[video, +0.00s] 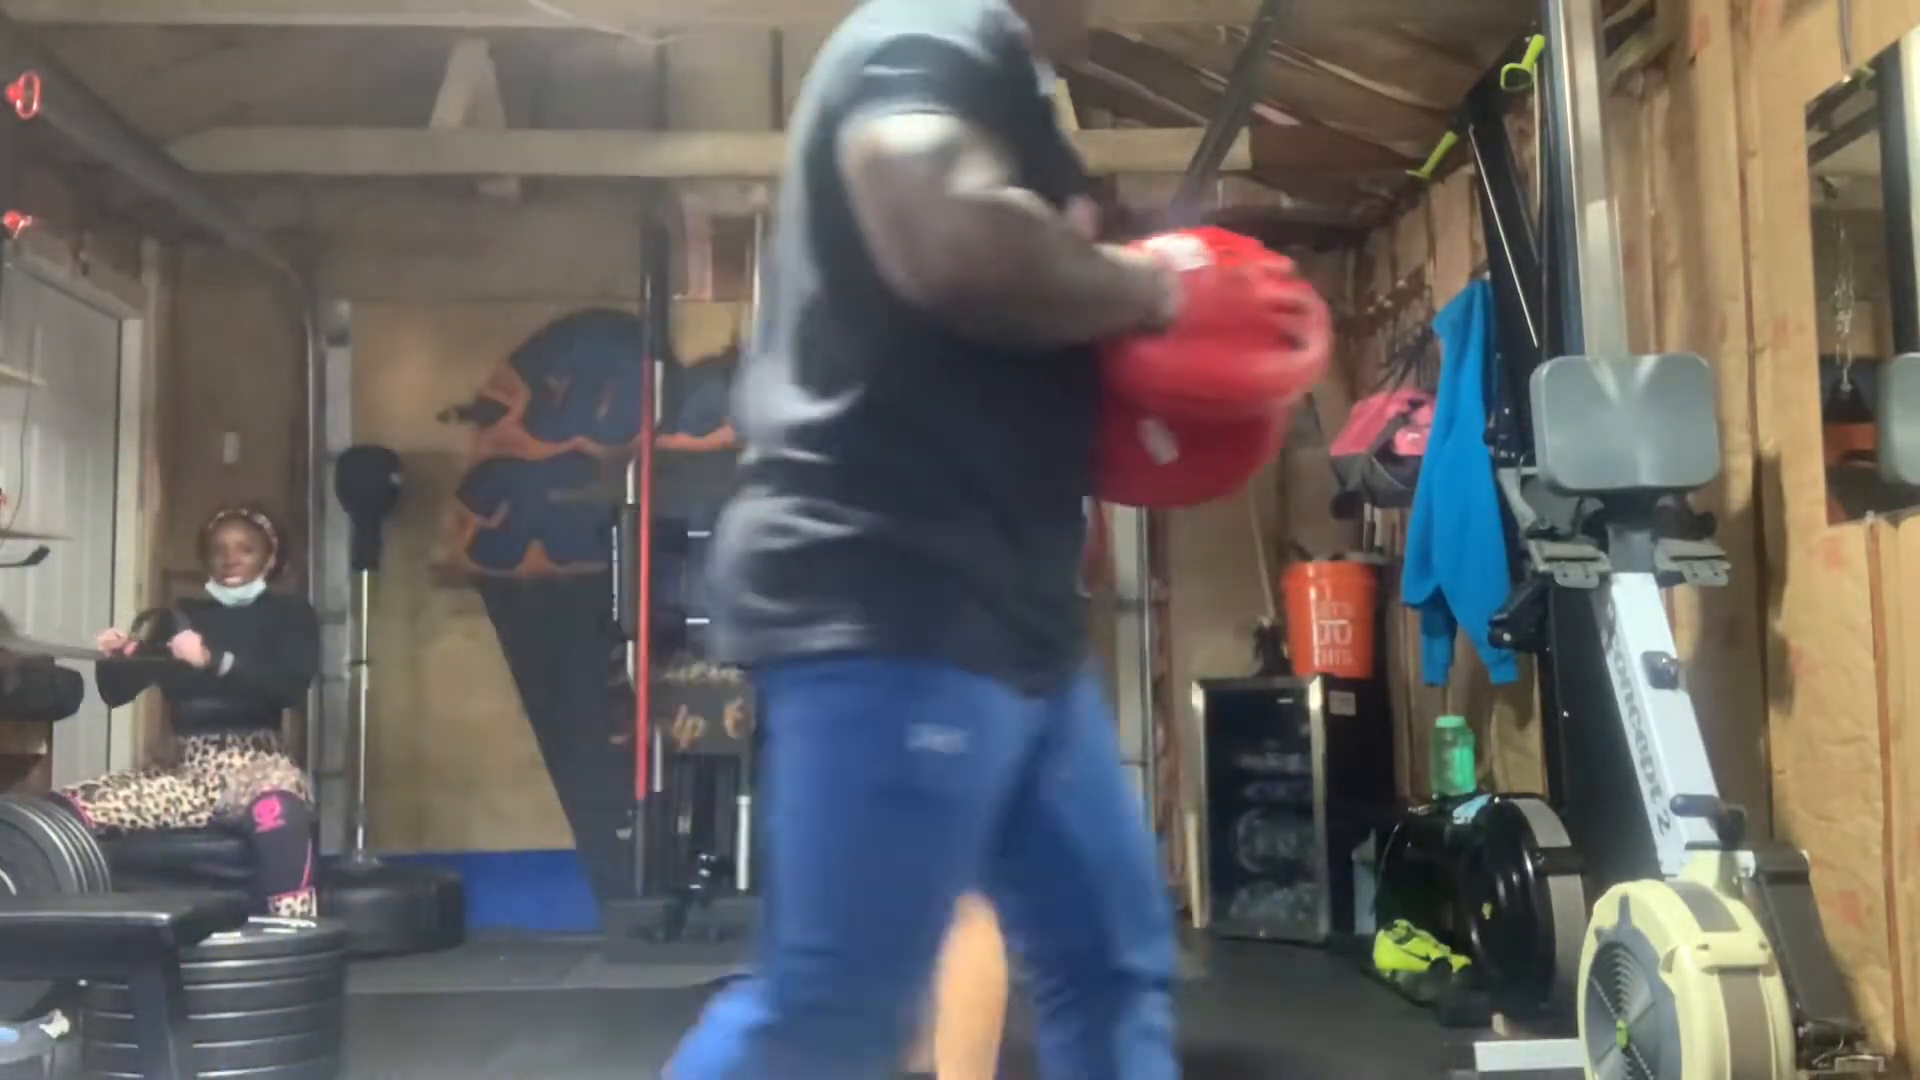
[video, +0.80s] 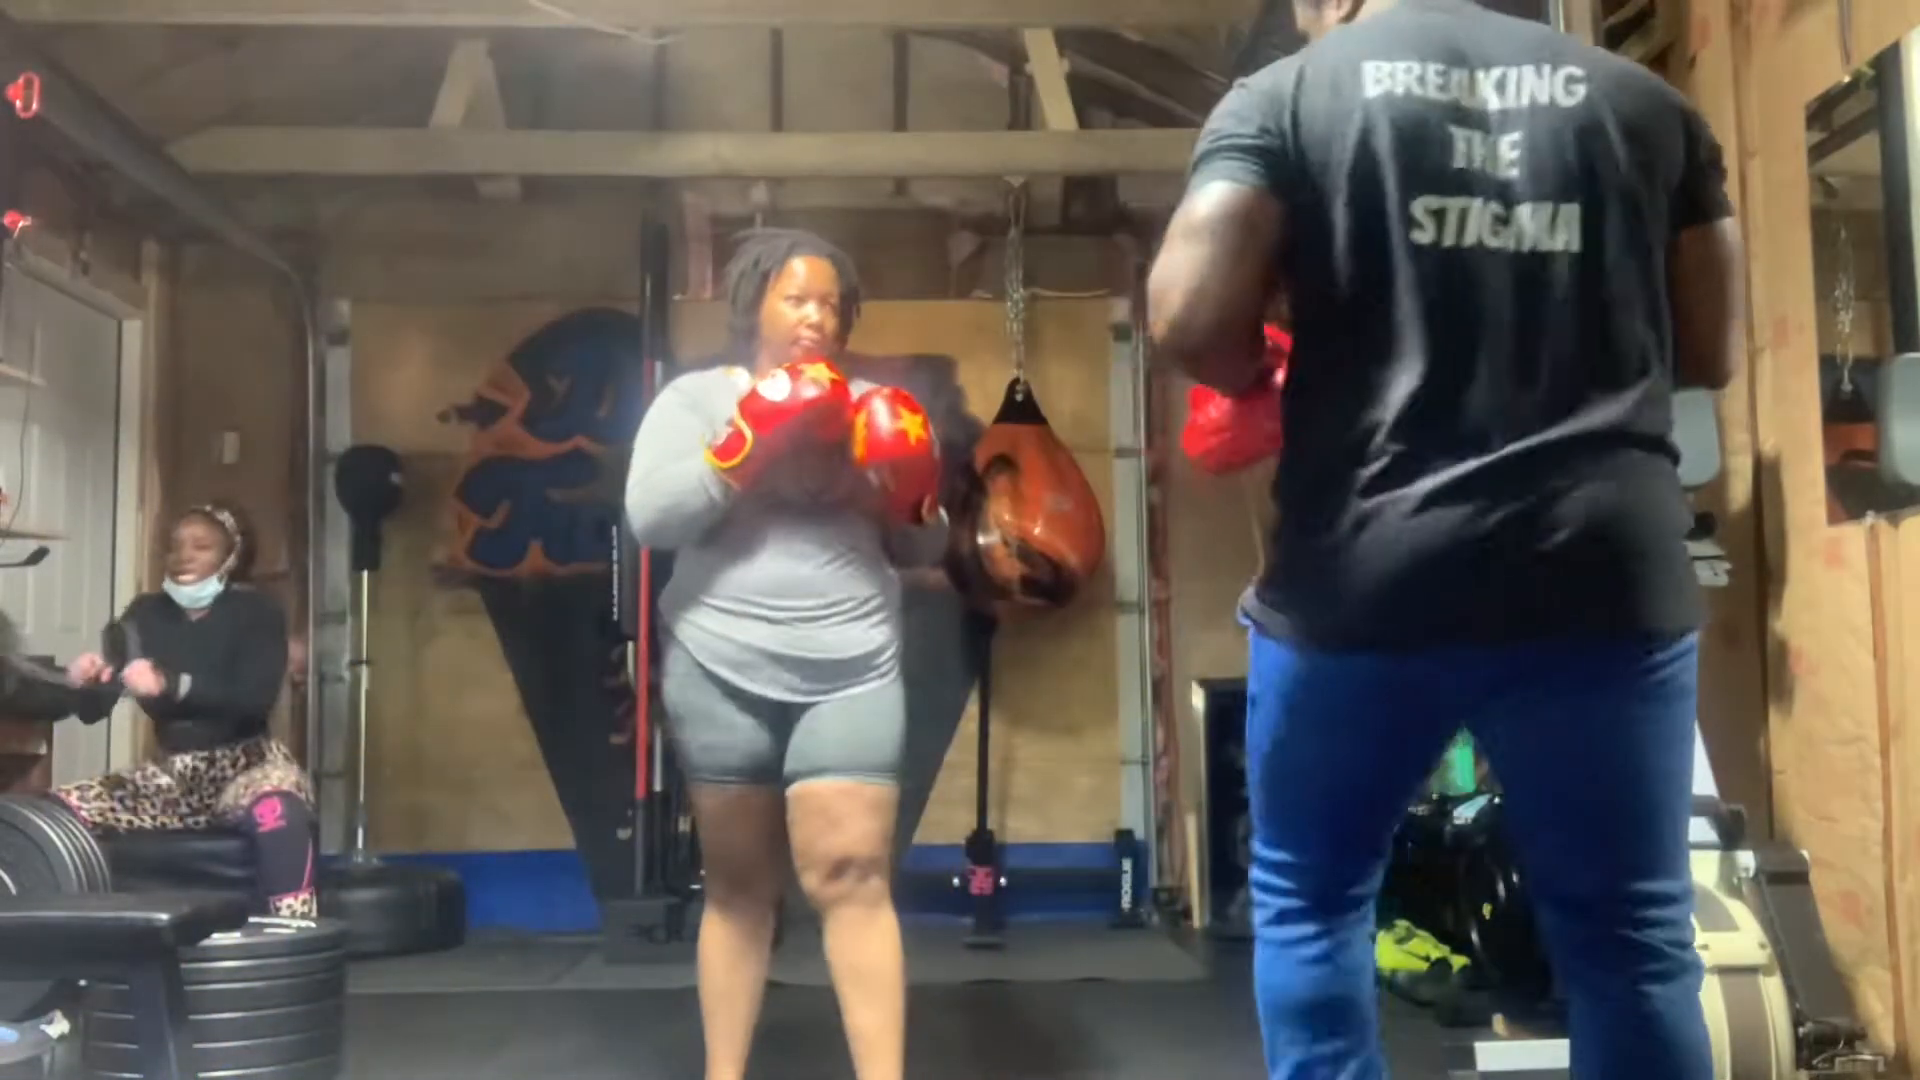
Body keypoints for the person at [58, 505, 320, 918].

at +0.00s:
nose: (231, 559)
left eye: (244, 548)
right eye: (220, 550)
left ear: (269, 560)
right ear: (207, 561)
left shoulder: (289, 613)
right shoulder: (184, 617)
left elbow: (291, 686)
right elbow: (116, 692)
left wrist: (213, 660)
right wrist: (114, 659)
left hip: (258, 767)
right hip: (183, 770)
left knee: (280, 811)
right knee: (67, 810)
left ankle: (294, 944)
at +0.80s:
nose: (184, 556)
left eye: (200, 547)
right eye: (176, 546)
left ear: (228, 558)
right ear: (166, 552)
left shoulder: (256, 611)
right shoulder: (147, 613)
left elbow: (255, 699)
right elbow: (92, 711)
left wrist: (170, 685)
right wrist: (89, 683)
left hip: (246, 771)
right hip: (168, 775)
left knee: (279, 814)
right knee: (57, 813)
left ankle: (296, 945)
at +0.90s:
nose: (174, 558)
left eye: (189, 550)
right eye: (168, 549)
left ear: (219, 563)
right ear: (158, 555)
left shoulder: (250, 622)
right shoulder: (138, 619)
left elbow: (247, 720)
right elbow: (107, 705)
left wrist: (165, 726)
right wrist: (86, 715)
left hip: (243, 773)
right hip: (165, 775)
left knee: (279, 812)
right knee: (61, 813)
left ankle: (295, 944)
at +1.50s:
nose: (163, 557)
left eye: (184, 551)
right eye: (162, 548)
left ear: (213, 575)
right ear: (150, 558)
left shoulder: (242, 628)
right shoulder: (126, 627)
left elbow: (245, 739)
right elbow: (98, 708)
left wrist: (170, 759)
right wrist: (84, 740)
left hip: (237, 780)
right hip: (152, 781)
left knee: (280, 814)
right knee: (62, 815)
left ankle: (294, 945)